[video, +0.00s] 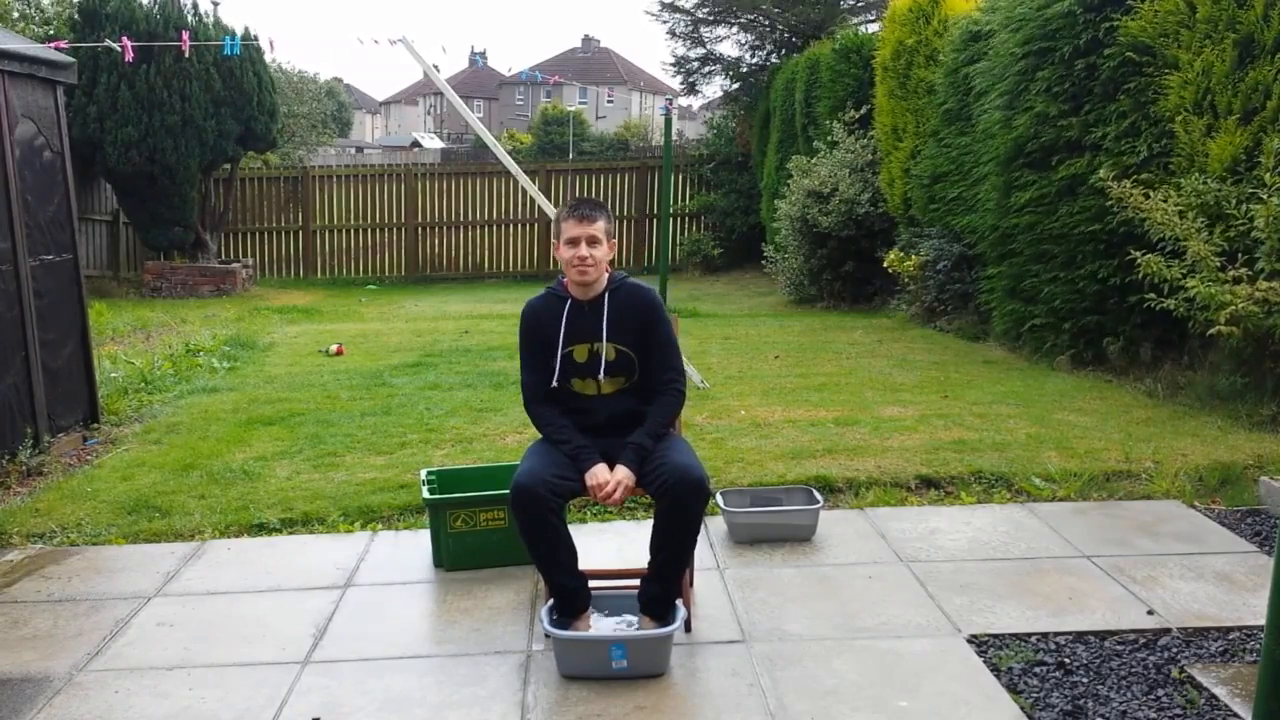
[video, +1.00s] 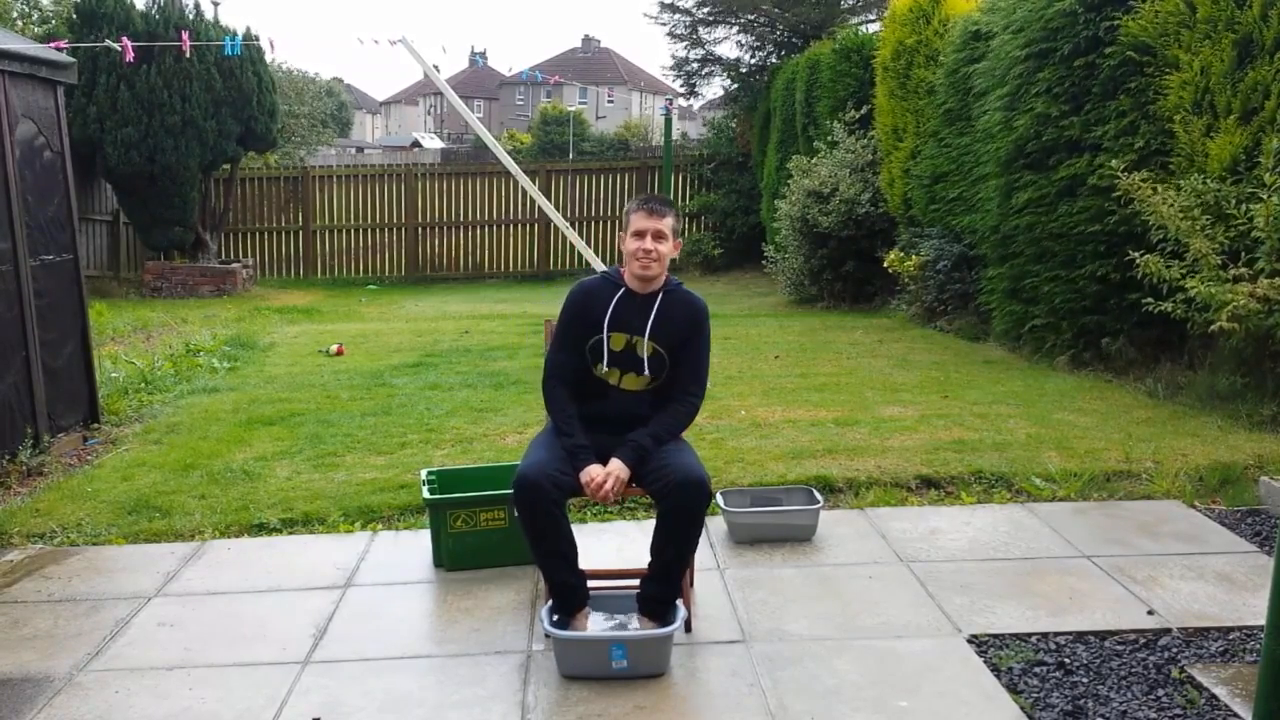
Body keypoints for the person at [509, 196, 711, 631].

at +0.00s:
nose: (582, 253)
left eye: (593, 242)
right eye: (571, 243)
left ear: (611, 249)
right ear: (557, 251)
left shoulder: (642, 303)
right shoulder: (540, 312)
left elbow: (671, 388)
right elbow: (537, 400)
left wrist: (631, 460)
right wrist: (588, 459)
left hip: (643, 435)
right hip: (570, 439)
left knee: (689, 483)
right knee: (527, 489)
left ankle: (658, 603)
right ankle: (572, 603)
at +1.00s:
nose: (647, 246)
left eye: (658, 237)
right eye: (638, 236)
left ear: (675, 248)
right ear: (622, 243)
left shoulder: (689, 311)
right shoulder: (587, 296)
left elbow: (687, 400)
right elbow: (555, 381)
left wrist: (629, 456)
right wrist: (584, 458)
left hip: (651, 434)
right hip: (579, 431)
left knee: (691, 486)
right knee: (532, 482)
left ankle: (656, 605)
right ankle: (571, 605)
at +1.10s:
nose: (651, 245)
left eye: (662, 237)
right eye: (642, 236)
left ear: (678, 248)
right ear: (627, 243)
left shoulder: (692, 311)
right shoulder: (590, 295)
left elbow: (689, 400)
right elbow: (559, 380)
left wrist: (630, 456)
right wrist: (585, 457)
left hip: (652, 434)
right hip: (580, 430)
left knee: (691, 486)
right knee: (534, 481)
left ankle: (655, 606)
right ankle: (572, 604)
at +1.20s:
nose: (654, 246)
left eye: (666, 238)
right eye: (645, 236)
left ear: (681, 248)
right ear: (629, 242)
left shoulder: (694, 312)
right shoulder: (592, 295)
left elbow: (689, 401)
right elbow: (561, 380)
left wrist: (630, 456)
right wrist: (587, 456)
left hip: (653, 434)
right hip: (582, 429)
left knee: (691, 486)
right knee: (537, 480)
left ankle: (655, 606)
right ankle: (572, 604)